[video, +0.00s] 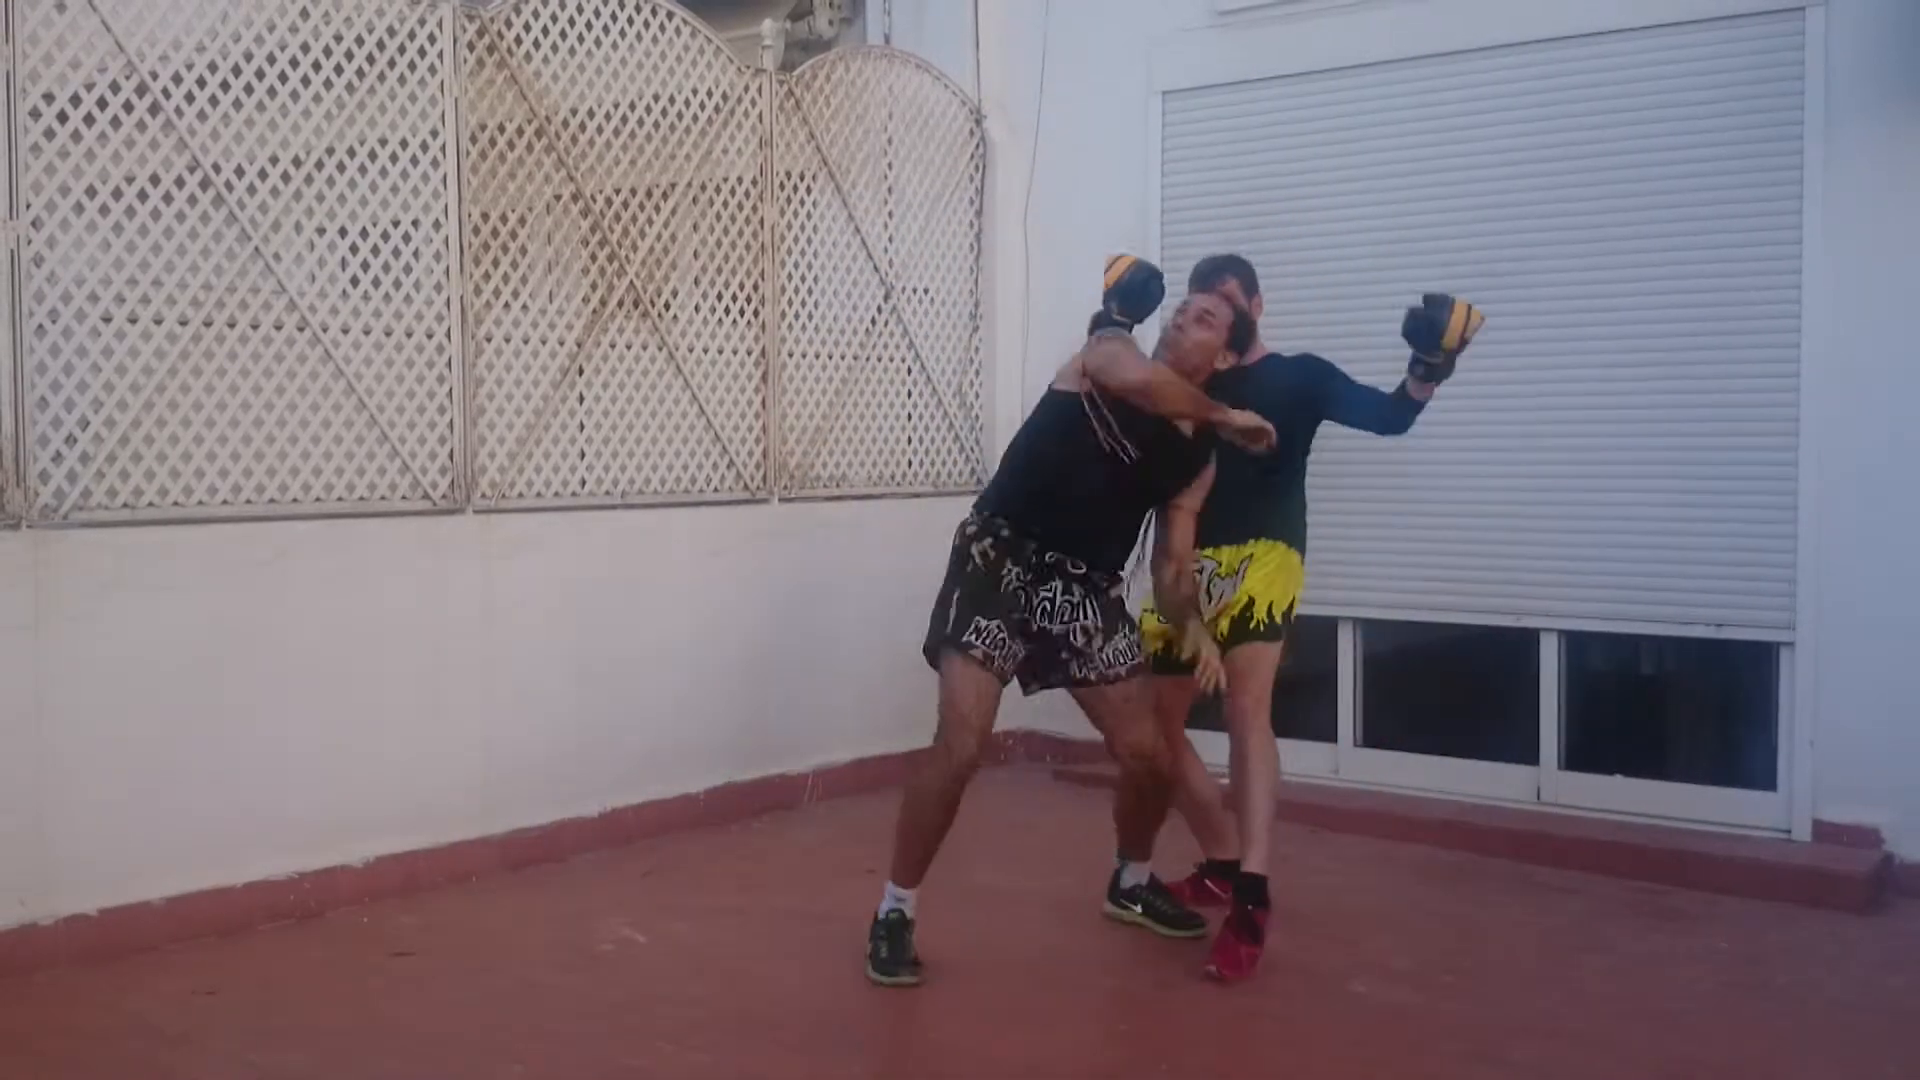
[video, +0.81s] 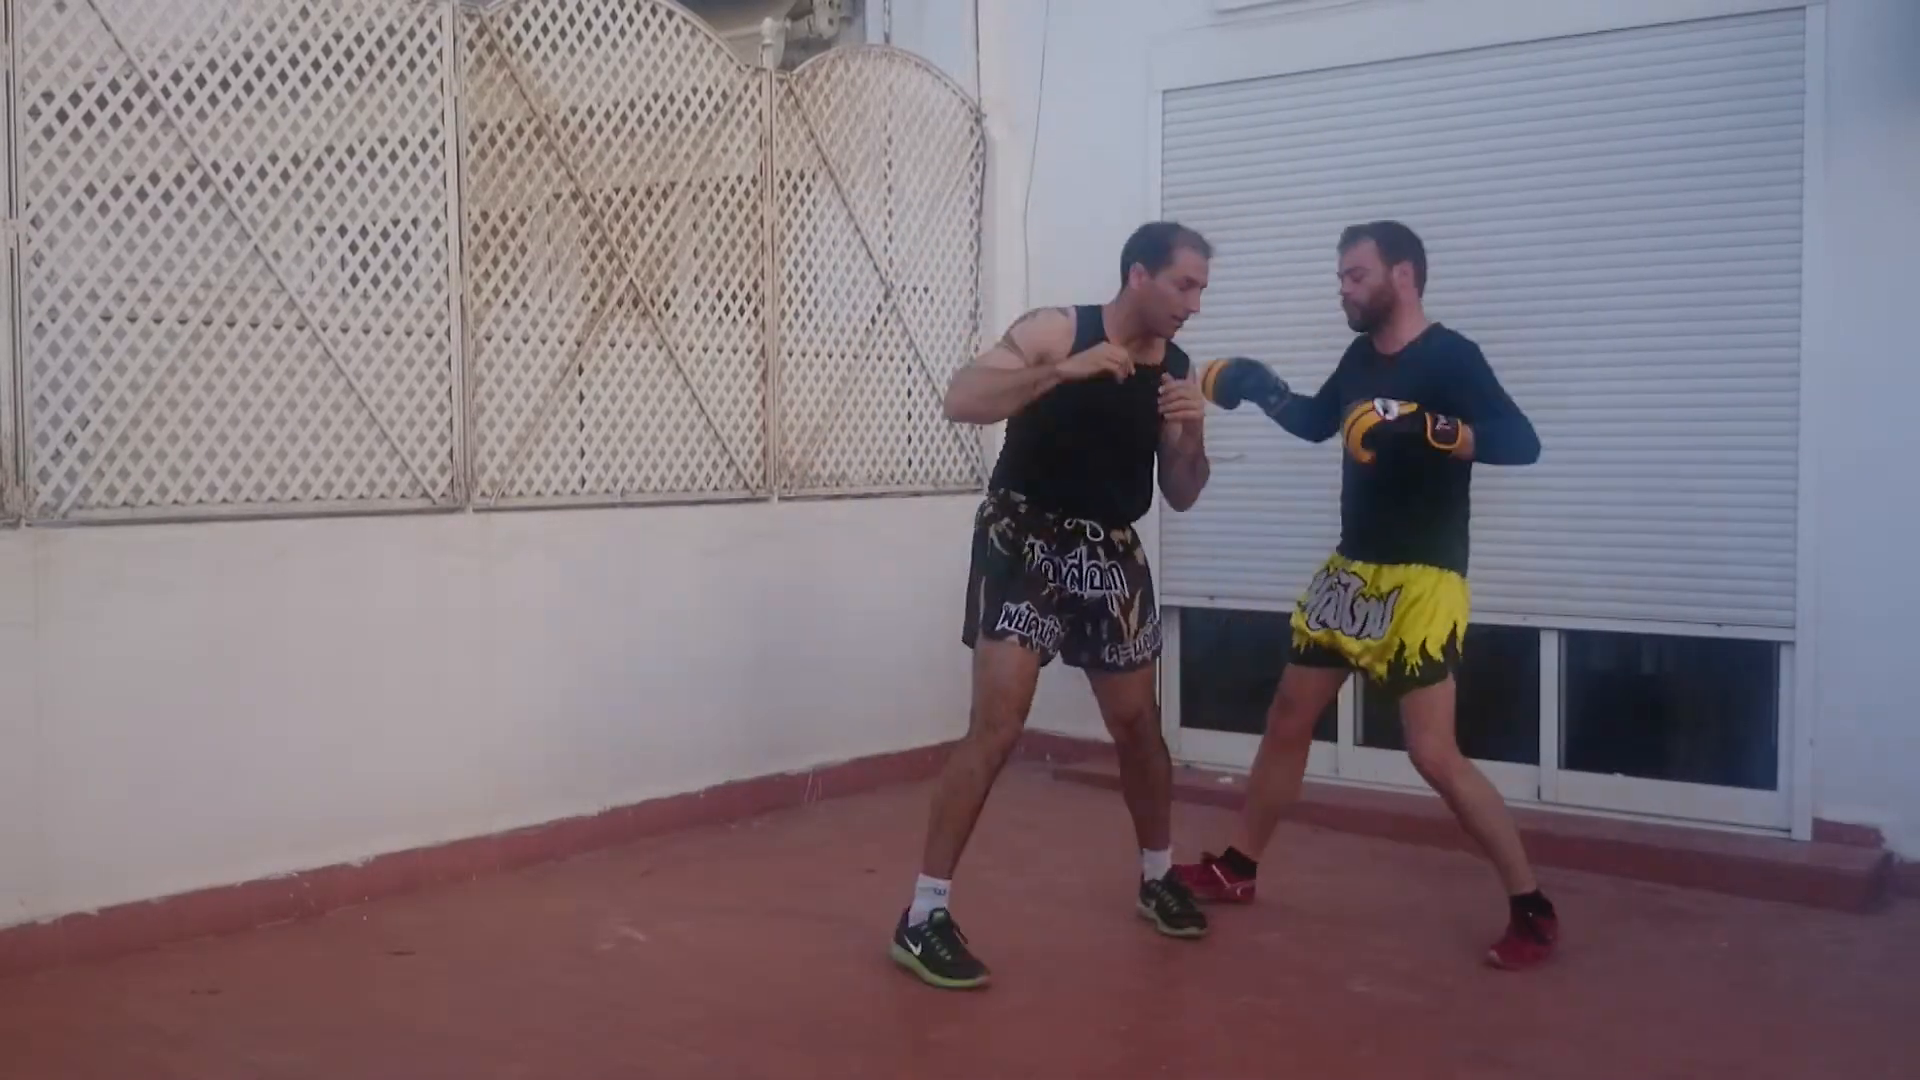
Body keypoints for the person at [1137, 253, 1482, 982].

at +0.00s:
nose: (1210, 311)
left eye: (1223, 301)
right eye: (1202, 300)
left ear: (1253, 309)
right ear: (1191, 310)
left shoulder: (1294, 377)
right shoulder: (1176, 379)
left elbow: (1392, 416)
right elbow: (1104, 388)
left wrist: (1429, 364)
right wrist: (1113, 321)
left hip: (1259, 554)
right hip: (1180, 557)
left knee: (1247, 713)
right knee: (1158, 731)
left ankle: (1251, 888)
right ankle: (1222, 858)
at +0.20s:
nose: (1197, 295)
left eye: (1208, 286)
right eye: (1199, 285)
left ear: (1236, 304)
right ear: (1220, 311)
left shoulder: (1307, 371)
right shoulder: (1199, 372)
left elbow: (1389, 418)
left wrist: (1384, 342)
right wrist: (1165, 308)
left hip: (1270, 550)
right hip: (1199, 554)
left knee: (1246, 712)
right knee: (1168, 727)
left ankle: (1253, 901)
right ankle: (1226, 860)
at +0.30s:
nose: (1226, 309)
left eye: (1236, 297)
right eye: (1220, 298)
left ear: (1271, 301)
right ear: (1217, 307)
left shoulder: (1324, 369)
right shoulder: (1216, 375)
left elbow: (1396, 437)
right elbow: (1179, 477)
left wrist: (1388, 361)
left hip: (1275, 556)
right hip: (1207, 556)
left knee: (1248, 713)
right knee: (1170, 725)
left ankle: (1254, 905)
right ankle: (1227, 864)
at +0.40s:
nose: (1256, 317)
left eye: (1265, 304)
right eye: (1246, 307)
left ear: (1286, 302)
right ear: (1231, 310)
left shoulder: (1341, 373)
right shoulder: (1229, 370)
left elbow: (1409, 448)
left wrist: (1406, 380)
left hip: (1288, 556)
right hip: (1220, 554)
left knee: (1256, 718)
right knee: (1177, 726)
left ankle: (1257, 907)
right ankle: (1228, 861)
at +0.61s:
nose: (1277, 309)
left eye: (1287, 295)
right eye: (1270, 298)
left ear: (1329, 286)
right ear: (1266, 300)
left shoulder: (1380, 360)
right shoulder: (1262, 361)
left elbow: (1446, 450)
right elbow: (1183, 393)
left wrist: (1424, 398)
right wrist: (1141, 338)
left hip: (1337, 557)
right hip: (1267, 556)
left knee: (1316, 722)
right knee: (1198, 711)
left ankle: (1370, 903)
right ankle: (1227, 866)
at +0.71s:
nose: (1309, 305)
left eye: (1321, 291)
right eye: (1304, 294)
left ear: (1365, 289)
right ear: (1306, 297)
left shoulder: (1407, 372)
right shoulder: (1299, 368)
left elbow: (1478, 459)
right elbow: (1215, 385)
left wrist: (1441, 428)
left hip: (1369, 578)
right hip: (1303, 571)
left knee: (1366, 743)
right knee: (1218, 706)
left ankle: (1474, 896)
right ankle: (1226, 865)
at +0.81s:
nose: (1345, 290)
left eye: (1356, 276)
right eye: (1341, 278)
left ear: (1405, 276)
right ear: (1354, 284)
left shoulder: (1450, 357)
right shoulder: (1361, 357)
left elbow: (1522, 442)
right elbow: (1313, 421)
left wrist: (1449, 433)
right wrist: (1249, 382)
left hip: (1425, 577)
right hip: (1350, 569)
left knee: (1433, 754)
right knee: (1287, 718)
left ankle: (1530, 906)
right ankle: (1239, 866)